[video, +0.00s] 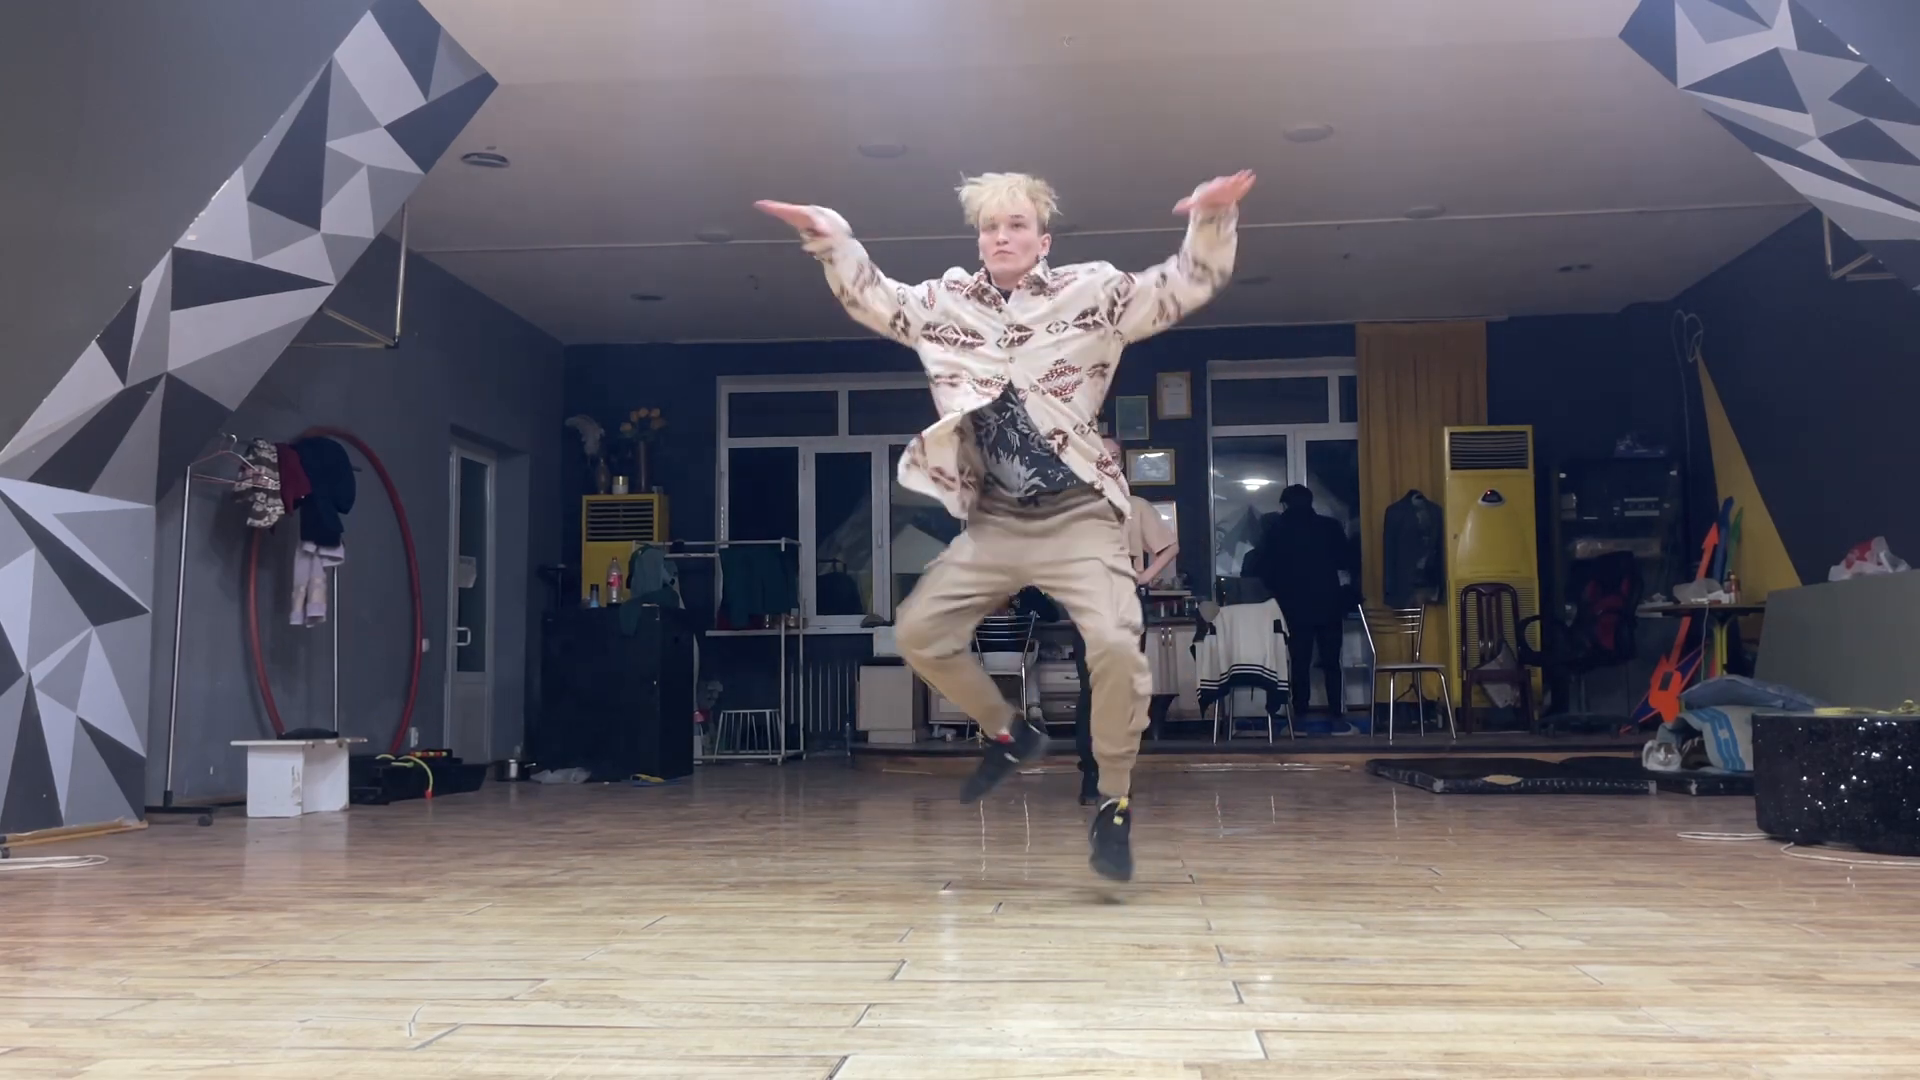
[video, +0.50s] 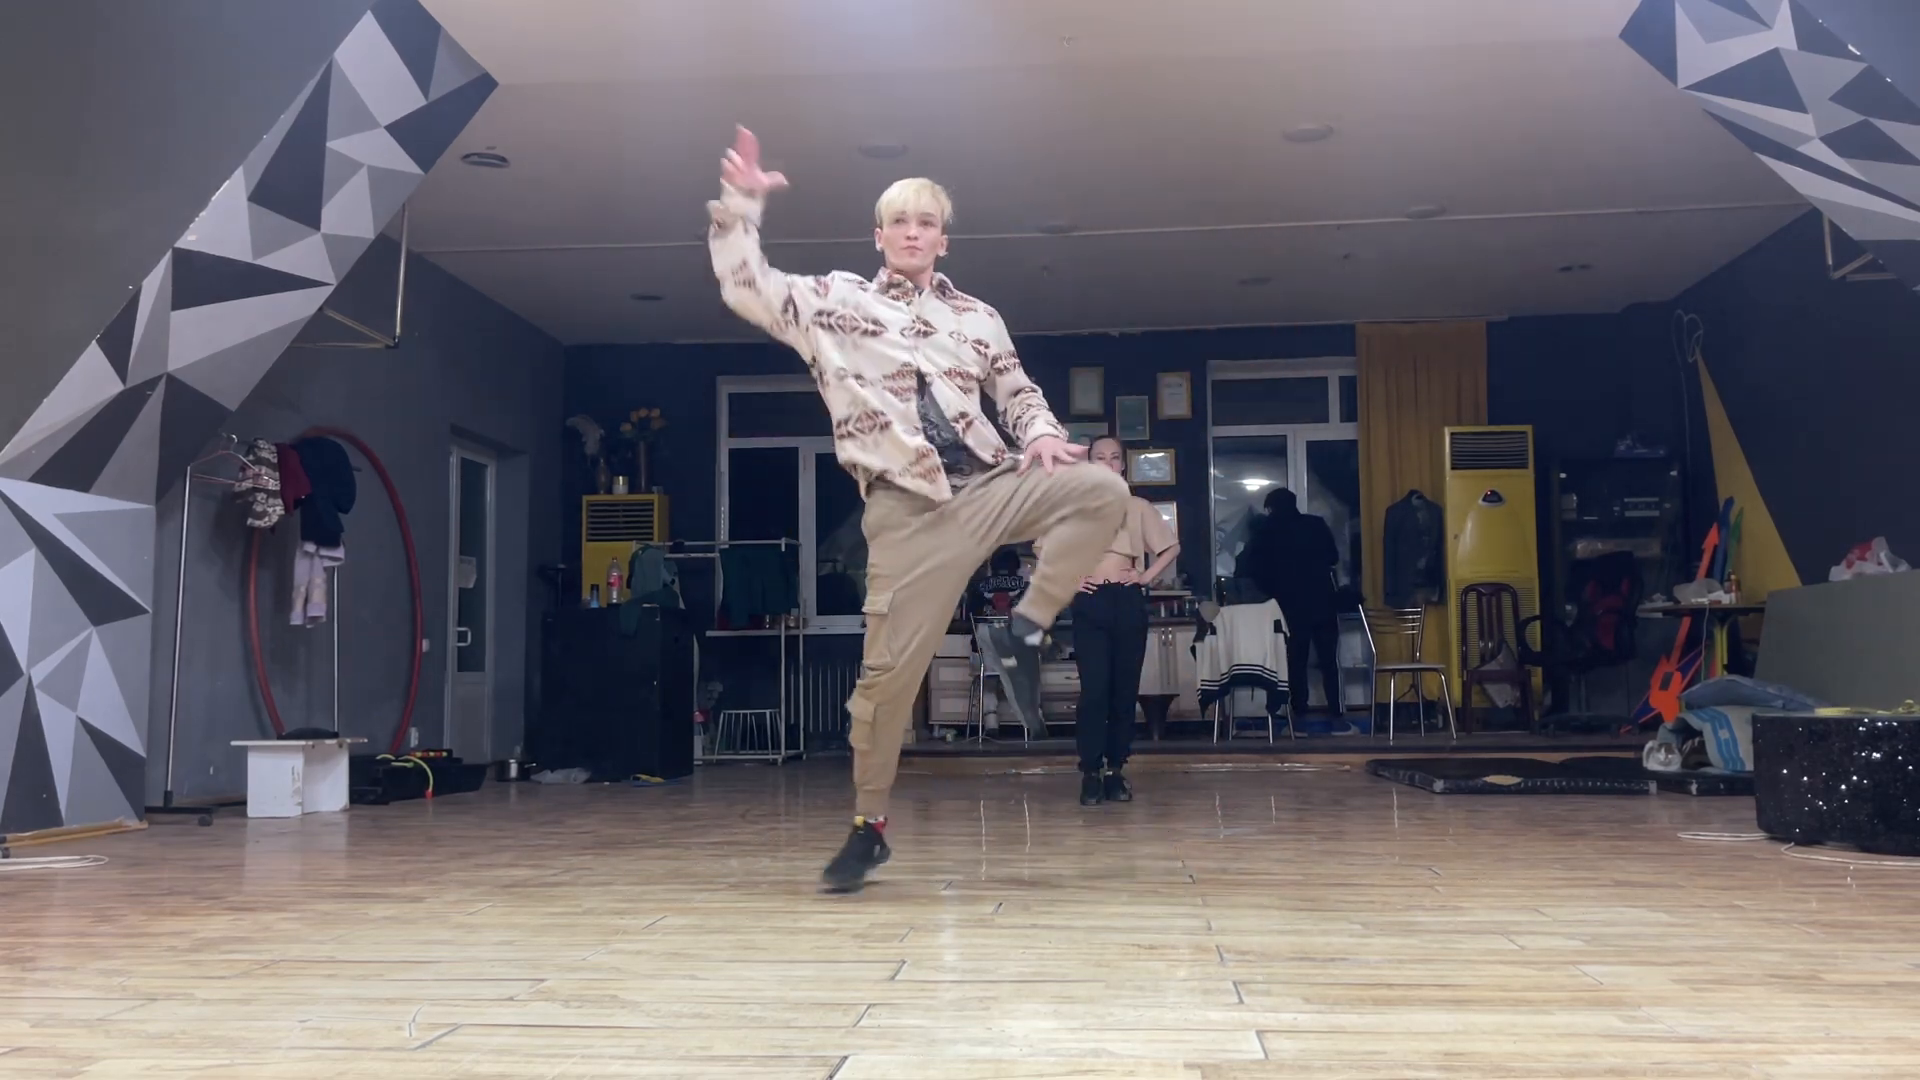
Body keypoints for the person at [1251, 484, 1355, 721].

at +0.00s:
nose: (1285, 509)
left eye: (1285, 505)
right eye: (1286, 505)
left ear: (1286, 505)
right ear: (1310, 503)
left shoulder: (1276, 530)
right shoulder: (1330, 526)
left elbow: (1264, 568)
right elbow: (1347, 561)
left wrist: (1277, 592)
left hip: (1294, 605)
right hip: (1328, 603)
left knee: (1299, 663)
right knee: (1331, 662)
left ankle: (1299, 718)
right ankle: (1336, 719)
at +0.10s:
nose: (1282, 510)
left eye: (1282, 506)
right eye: (1282, 506)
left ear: (1284, 506)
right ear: (1307, 503)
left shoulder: (1275, 530)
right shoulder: (1326, 525)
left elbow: (1262, 569)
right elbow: (1342, 560)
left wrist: (1277, 591)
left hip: (1293, 605)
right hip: (1327, 603)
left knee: (1299, 663)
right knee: (1330, 662)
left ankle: (1299, 720)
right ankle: (1336, 719)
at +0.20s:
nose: (1278, 510)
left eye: (1278, 506)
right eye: (1278, 507)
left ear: (1279, 506)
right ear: (1303, 503)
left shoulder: (1272, 530)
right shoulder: (1323, 524)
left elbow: (1262, 570)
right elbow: (1339, 560)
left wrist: (1276, 591)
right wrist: (1315, 555)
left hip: (1292, 604)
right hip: (1326, 602)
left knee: (1299, 663)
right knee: (1330, 662)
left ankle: (1299, 720)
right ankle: (1337, 719)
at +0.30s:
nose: (1275, 511)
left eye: (1275, 507)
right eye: (1275, 507)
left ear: (1277, 507)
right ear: (1300, 503)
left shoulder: (1269, 531)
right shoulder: (1321, 524)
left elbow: (1256, 569)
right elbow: (1336, 558)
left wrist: (1275, 592)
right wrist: (1313, 560)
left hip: (1291, 604)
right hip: (1325, 602)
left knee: (1298, 662)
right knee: (1330, 662)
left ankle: (1299, 719)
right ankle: (1337, 719)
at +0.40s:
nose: (1270, 512)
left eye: (1271, 508)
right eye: (1271, 508)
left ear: (1274, 507)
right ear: (1296, 503)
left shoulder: (1268, 530)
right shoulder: (1318, 524)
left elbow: (1254, 568)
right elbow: (1334, 557)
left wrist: (1273, 590)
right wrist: (1311, 565)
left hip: (1289, 603)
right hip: (1323, 600)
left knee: (1297, 662)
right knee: (1329, 661)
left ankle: (1299, 718)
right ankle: (1336, 718)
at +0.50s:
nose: (1269, 513)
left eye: (1269, 509)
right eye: (1269, 509)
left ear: (1272, 508)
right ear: (1294, 504)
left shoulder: (1266, 530)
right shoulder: (1316, 524)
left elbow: (1254, 568)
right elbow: (1332, 557)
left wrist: (1272, 590)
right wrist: (1311, 566)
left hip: (1288, 603)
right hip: (1321, 600)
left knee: (1296, 662)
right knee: (1329, 661)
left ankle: (1298, 718)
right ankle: (1337, 718)